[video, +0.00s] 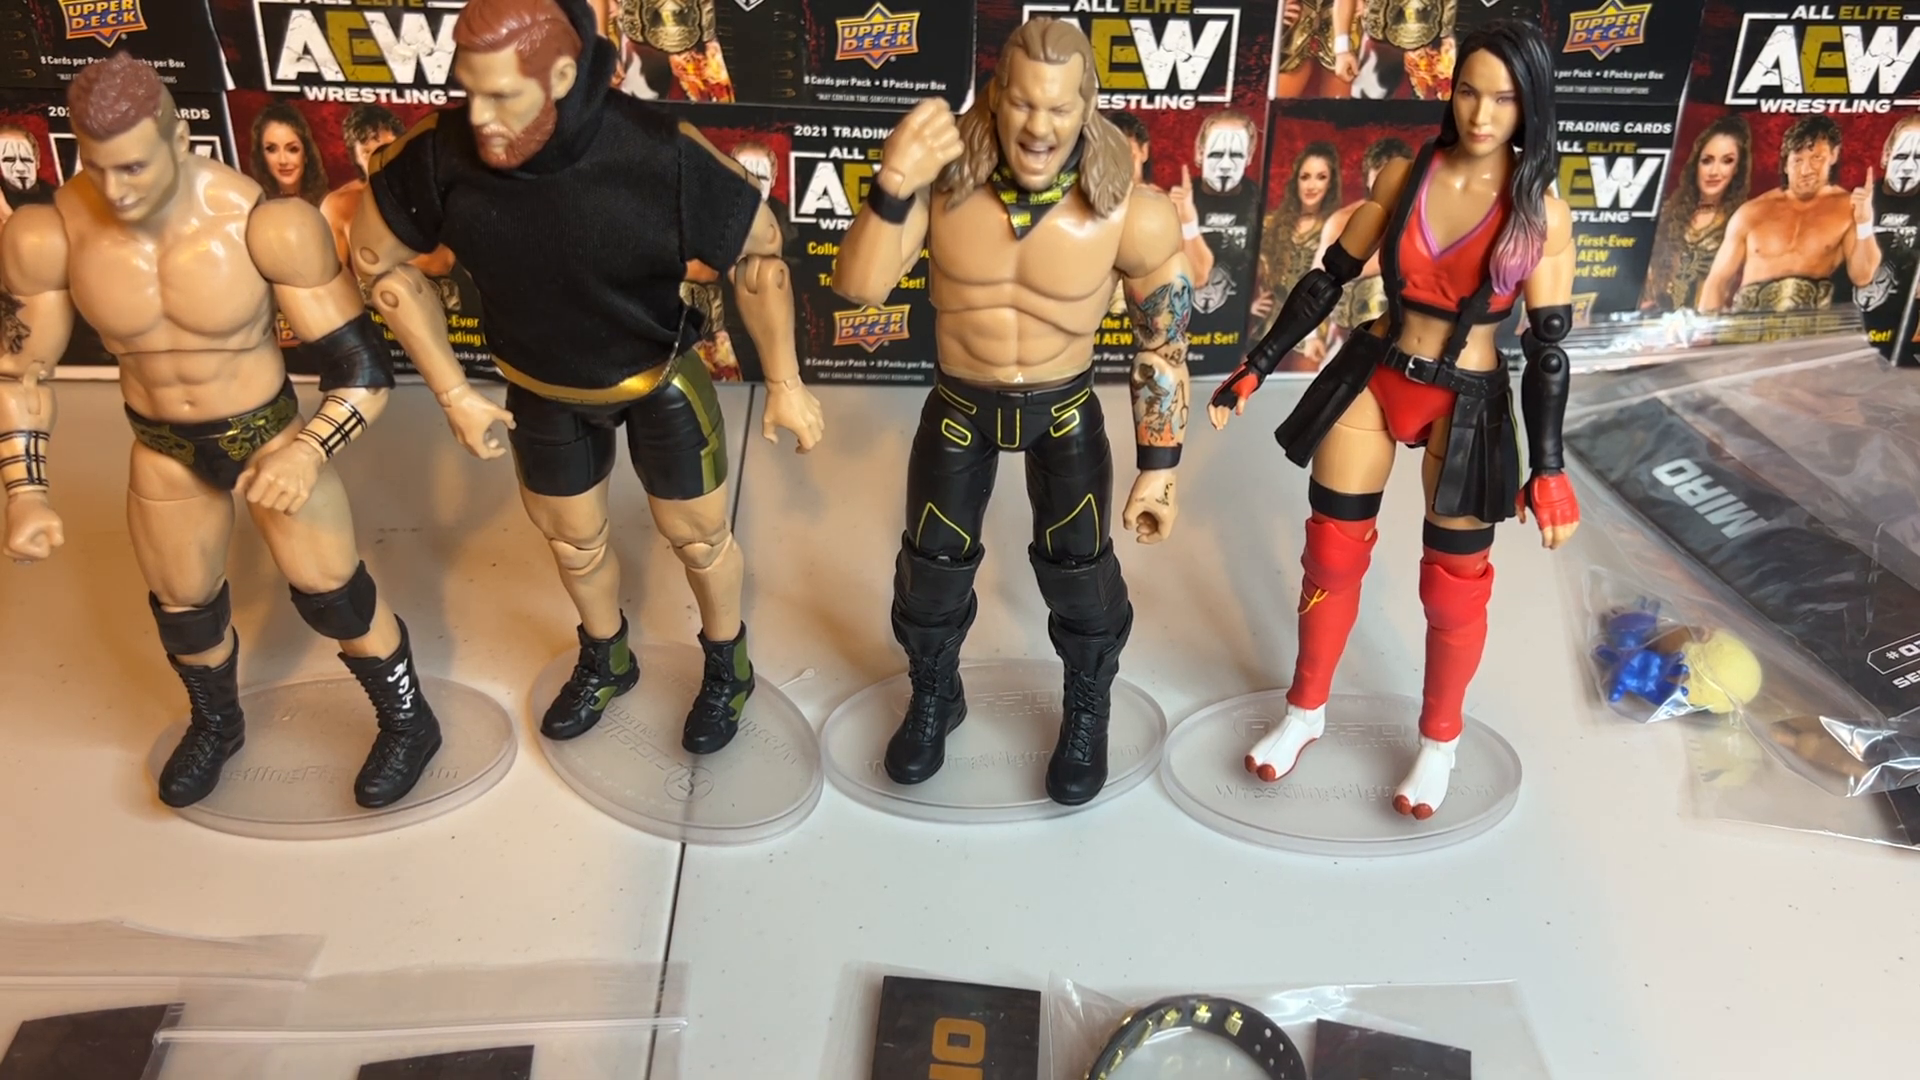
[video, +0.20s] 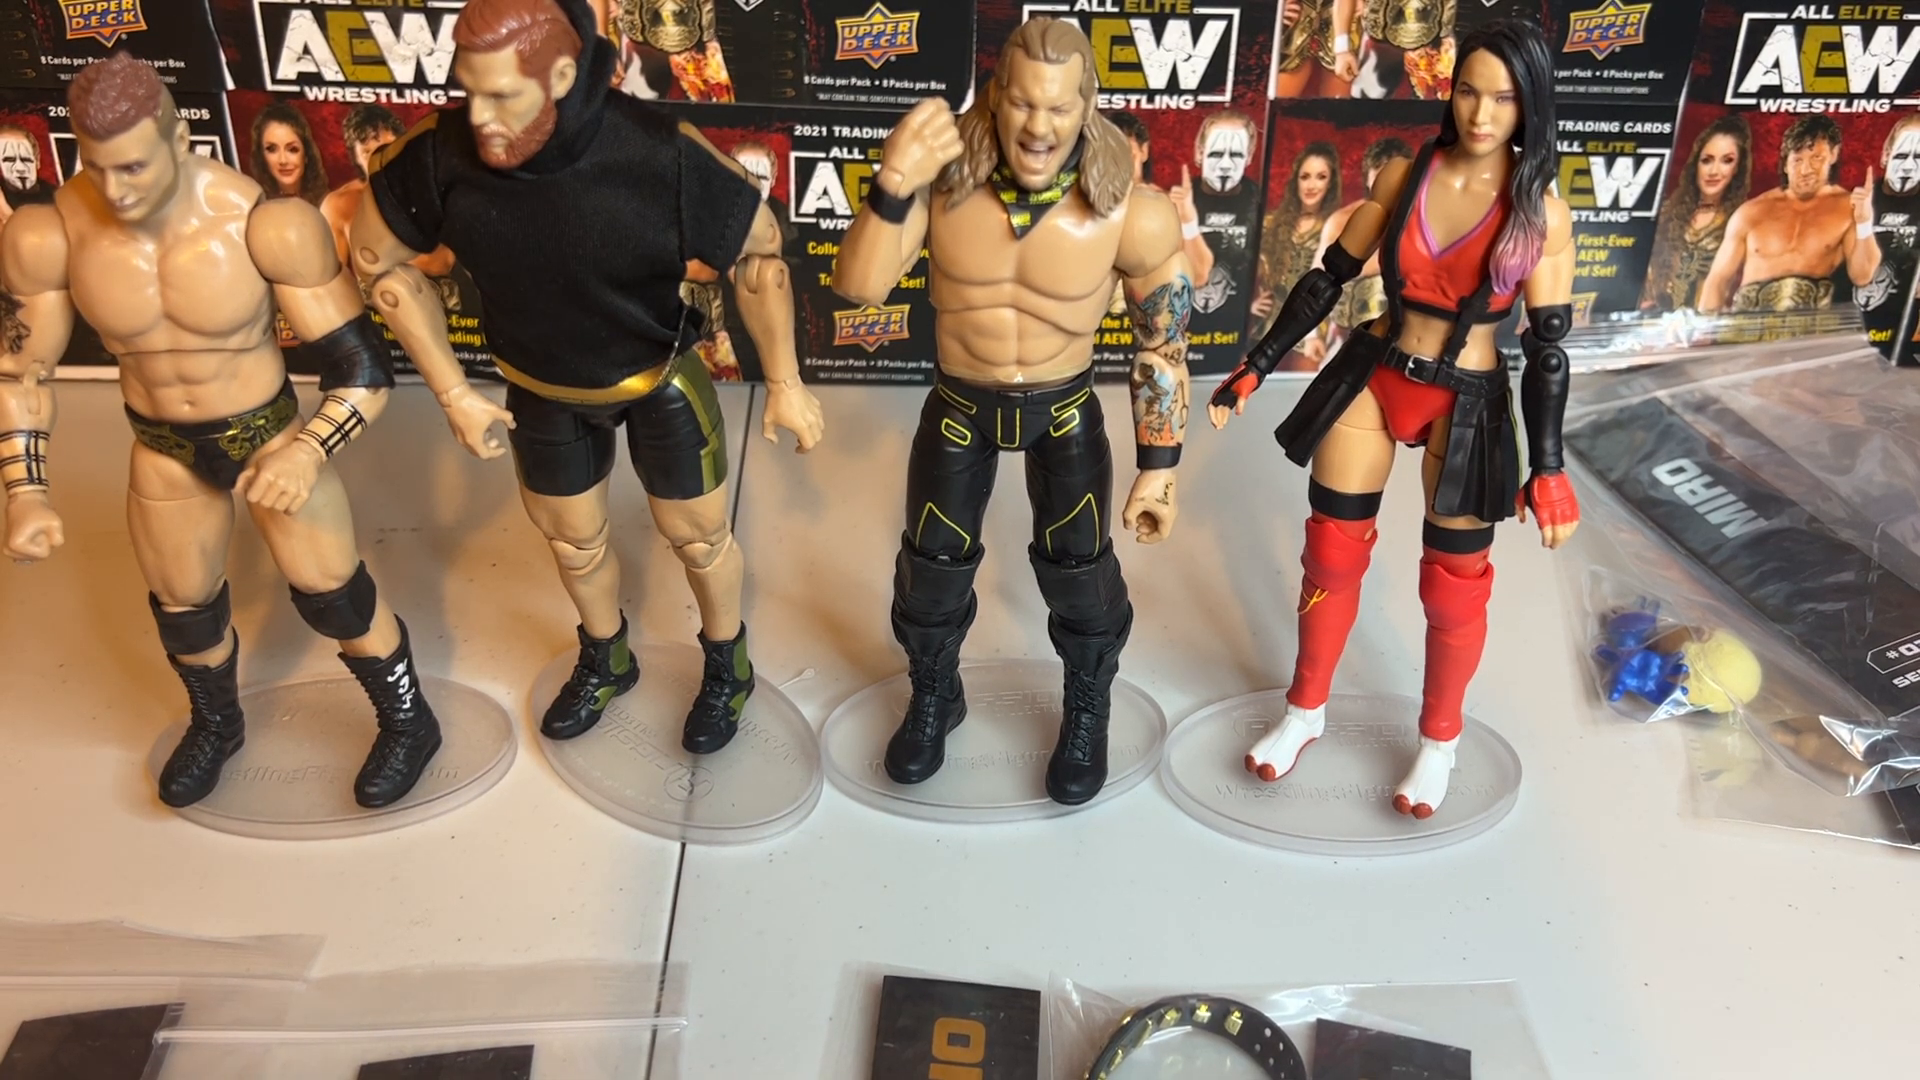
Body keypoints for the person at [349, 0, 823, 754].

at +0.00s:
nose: (481, 119)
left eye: (502, 96)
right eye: (468, 95)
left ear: (564, 76)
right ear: (456, 81)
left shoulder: (653, 155)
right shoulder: (442, 159)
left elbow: (757, 245)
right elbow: (372, 252)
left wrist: (784, 381)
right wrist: (453, 392)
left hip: (661, 382)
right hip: (542, 394)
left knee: (700, 540)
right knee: (575, 546)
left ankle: (726, 667)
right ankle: (607, 660)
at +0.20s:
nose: (481, 119)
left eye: (503, 96)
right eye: (468, 95)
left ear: (564, 76)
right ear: (456, 81)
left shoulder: (653, 155)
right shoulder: (442, 159)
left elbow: (757, 246)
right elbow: (372, 252)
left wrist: (784, 381)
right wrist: (452, 392)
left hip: (661, 381)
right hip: (542, 394)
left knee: (700, 540)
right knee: (575, 545)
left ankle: (726, 667)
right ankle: (607, 660)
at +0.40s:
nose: (481, 119)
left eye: (503, 96)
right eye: (468, 95)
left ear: (564, 76)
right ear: (456, 81)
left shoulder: (653, 155)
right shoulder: (442, 159)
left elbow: (757, 246)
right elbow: (372, 251)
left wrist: (784, 381)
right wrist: (452, 392)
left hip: (661, 381)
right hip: (542, 394)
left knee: (700, 540)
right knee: (575, 545)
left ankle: (726, 666)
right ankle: (607, 660)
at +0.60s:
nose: (481, 119)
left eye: (503, 96)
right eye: (468, 95)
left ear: (564, 76)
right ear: (457, 81)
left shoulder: (653, 155)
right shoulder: (442, 159)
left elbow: (757, 246)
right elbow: (372, 251)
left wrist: (784, 381)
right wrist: (452, 392)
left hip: (661, 382)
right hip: (543, 395)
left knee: (700, 540)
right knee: (575, 545)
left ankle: (726, 666)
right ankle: (607, 660)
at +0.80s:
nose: (481, 119)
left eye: (503, 96)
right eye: (468, 95)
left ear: (564, 76)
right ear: (457, 81)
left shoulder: (653, 155)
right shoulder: (443, 159)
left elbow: (757, 246)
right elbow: (372, 251)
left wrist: (784, 382)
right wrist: (453, 392)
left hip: (661, 382)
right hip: (543, 395)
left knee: (700, 541)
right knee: (575, 546)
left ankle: (726, 666)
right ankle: (607, 660)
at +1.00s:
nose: (481, 119)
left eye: (503, 96)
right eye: (468, 95)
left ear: (563, 76)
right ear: (457, 81)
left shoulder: (653, 155)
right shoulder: (442, 160)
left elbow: (757, 245)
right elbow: (372, 251)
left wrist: (784, 381)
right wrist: (452, 392)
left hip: (661, 382)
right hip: (542, 394)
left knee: (700, 540)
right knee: (575, 546)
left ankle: (726, 665)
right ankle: (607, 660)